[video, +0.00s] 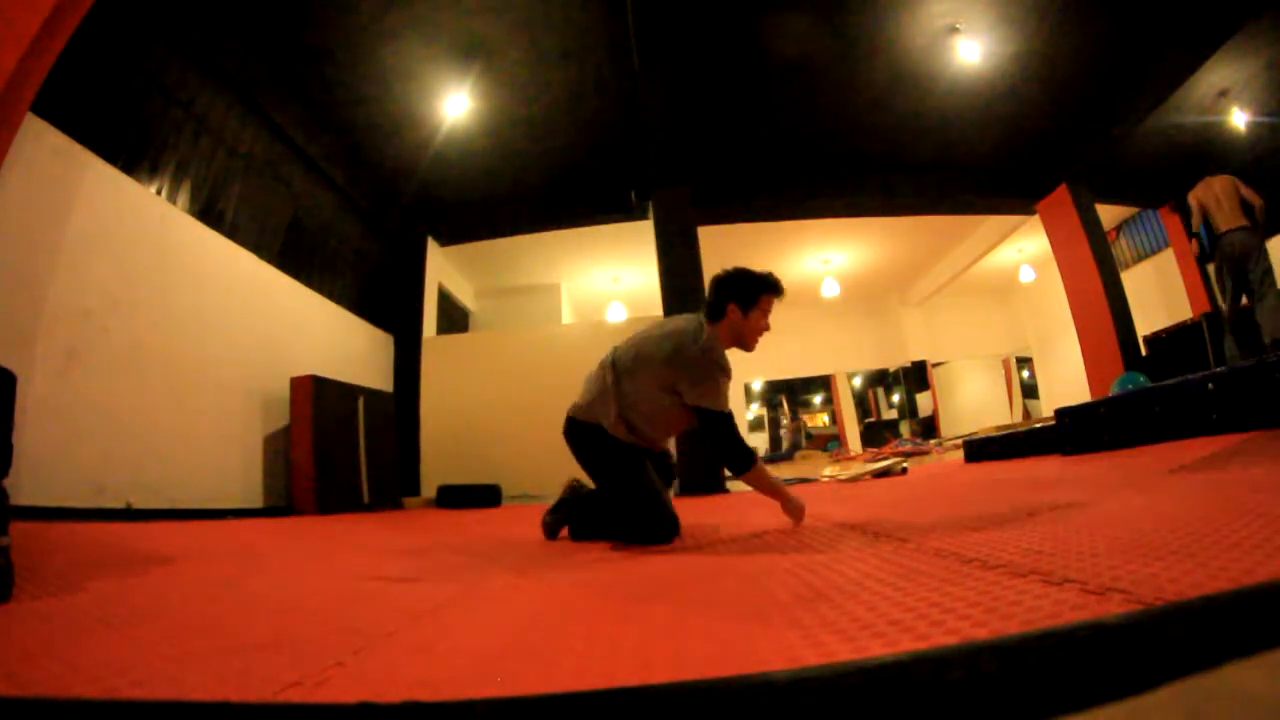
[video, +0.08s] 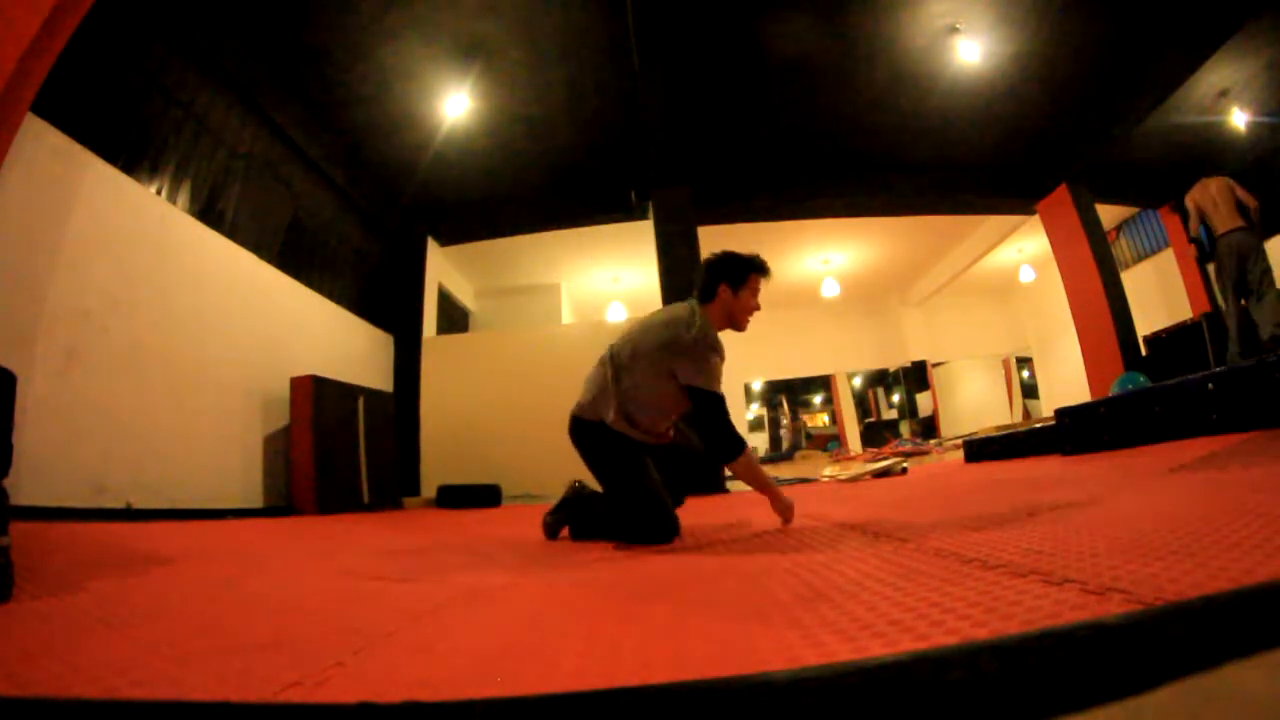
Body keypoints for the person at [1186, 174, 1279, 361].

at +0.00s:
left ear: (1194, 176)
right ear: (1210, 169)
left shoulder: (1194, 194)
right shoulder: (1230, 180)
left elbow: (1196, 217)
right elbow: (1257, 202)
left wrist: (1195, 237)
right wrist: (1259, 227)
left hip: (1224, 237)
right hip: (1246, 231)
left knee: (1230, 299)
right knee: (1264, 289)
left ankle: (1234, 352)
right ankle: (1272, 342)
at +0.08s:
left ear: (1190, 178)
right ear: (1207, 171)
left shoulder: (1191, 196)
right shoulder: (1225, 181)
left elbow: (1194, 230)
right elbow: (1252, 204)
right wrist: (1255, 228)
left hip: (1223, 239)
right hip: (1244, 233)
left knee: (1231, 299)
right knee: (1263, 287)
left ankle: (1236, 350)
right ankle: (1270, 334)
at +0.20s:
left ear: (1188, 180)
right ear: (1204, 171)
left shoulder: (1189, 201)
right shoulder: (1222, 182)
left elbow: (1194, 232)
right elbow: (1246, 203)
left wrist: (1195, 254)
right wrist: (1254, 225)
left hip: (1221, 239)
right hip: (1241, 232)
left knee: (1233, 297)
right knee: (1262, 285)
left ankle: (1243, 345)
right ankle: (1273, 330)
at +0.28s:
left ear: (1188, 181)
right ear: (1204, 172)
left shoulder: (1189, 203)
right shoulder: (1221, 183)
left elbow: (1195, 235)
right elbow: (1245, 203)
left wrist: (1197, 261)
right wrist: (1256, 228)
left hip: (1221, 240)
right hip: (1241, 232)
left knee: (1234, 298)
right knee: (1265, 285)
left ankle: (1242, 349)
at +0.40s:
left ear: (1191, 183)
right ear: (1207, 172)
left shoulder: (1191, 204)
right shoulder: (1220, 183)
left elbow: (1197, 235)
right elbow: (1242, 201)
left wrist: (1205, 260)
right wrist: (1260, 226)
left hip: (1220, 241)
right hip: (1240, 232)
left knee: (1234, 300)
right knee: (1270, 279)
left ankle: (1241, 351)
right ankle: (1269, 318)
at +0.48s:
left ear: (1196, 179)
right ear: (1212, 169)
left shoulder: (1194, 204)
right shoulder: (1222, 183)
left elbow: (1203, 234)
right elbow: (1242, 204)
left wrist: (1211, 253)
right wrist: (1261, 224)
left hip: (1220, 243)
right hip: (1240, 233)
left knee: (1235, 300)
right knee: (1273, 279)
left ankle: (1241, 353)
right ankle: (1274, 324)